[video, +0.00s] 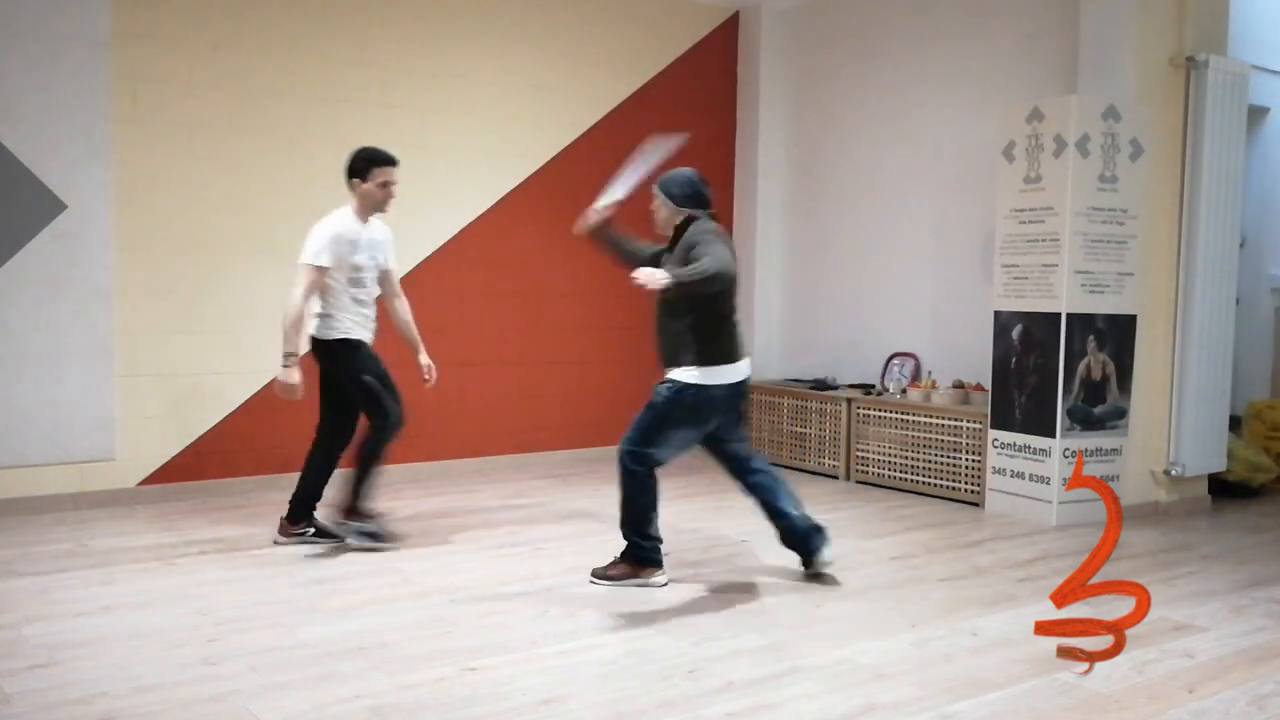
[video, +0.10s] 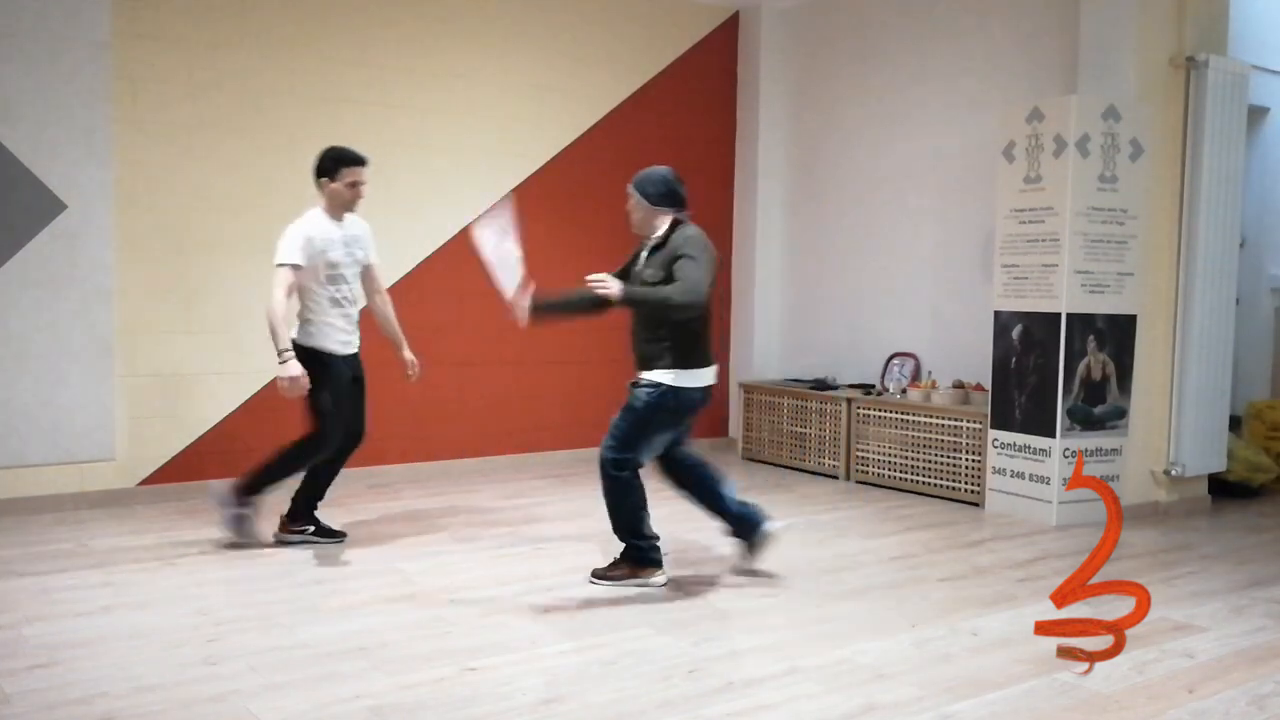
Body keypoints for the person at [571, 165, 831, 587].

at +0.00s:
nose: (652, 210)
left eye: (657, 202)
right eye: (653, 201)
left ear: (677, 206)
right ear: (685, 205)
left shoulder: (704, 235)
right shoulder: (687, 242)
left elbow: (719, 268)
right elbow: (643, 258)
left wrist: (670, 277)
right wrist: (600, 231)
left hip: (697, 382)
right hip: (724, 379)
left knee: (635, 455)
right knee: (746, 463)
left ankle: (641, 557)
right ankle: (810, 543)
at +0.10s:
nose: (627, 209)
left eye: (633, 201)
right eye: (628, 201)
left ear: (655, 205)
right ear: (657, 206)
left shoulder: (690, 242)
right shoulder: (649, 250)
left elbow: (690, 296)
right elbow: (605, 297)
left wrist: (625, 292)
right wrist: (538, 305)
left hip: (674, 381)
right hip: (668, 379)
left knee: (617, 458)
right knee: (673, 455)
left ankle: (641, 558)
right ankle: (747, 523)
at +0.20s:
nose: (600, 208)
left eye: (606, 200)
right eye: (601, 199)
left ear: (630, 204)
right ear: (626, 203)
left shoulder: (671, 245)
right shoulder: (615, 250)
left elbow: (659, 311)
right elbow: (591, 315)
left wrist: (594, 301)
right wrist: (547, 367)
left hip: (656, 377)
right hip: (626, 373)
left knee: (607, 458)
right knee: (608, 453)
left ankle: (641, 557)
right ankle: (661, 533)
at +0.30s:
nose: (569, 207)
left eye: (575, 200)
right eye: (570, 199)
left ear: (600, 203)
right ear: (597, 204)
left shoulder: (645, 244)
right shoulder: (581, 249)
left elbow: (636, 312)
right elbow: (568, 313)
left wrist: (570, 297)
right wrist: (562, 371)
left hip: (629, 376)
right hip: (589, 371)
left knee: (593, 467)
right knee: (551, 449)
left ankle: (640, 553)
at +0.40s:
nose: (536, 209)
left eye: (542, 201)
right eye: (537, 201)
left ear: (568, 205)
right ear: (562, 204)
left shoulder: (617, 243)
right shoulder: (548, 250)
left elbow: (615, 308)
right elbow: (528, 304)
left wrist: (546, 301)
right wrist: (549, 332)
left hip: (599, 376)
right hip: (557, 372)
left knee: (583, 467)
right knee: (515, 448)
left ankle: (639, 551)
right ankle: (485, 531)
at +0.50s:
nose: (502, 215)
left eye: (508, 208)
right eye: (503, 207)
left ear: (532, 209)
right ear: (528, 210)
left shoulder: (582, 246)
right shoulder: (516, 249)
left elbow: (585, 305)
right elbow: (480, 296)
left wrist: (538, 293)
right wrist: (504, 289)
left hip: (567, 382)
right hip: (523, 377)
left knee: (572, 469)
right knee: (478, 449)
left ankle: (639, 550)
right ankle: (437, 537)